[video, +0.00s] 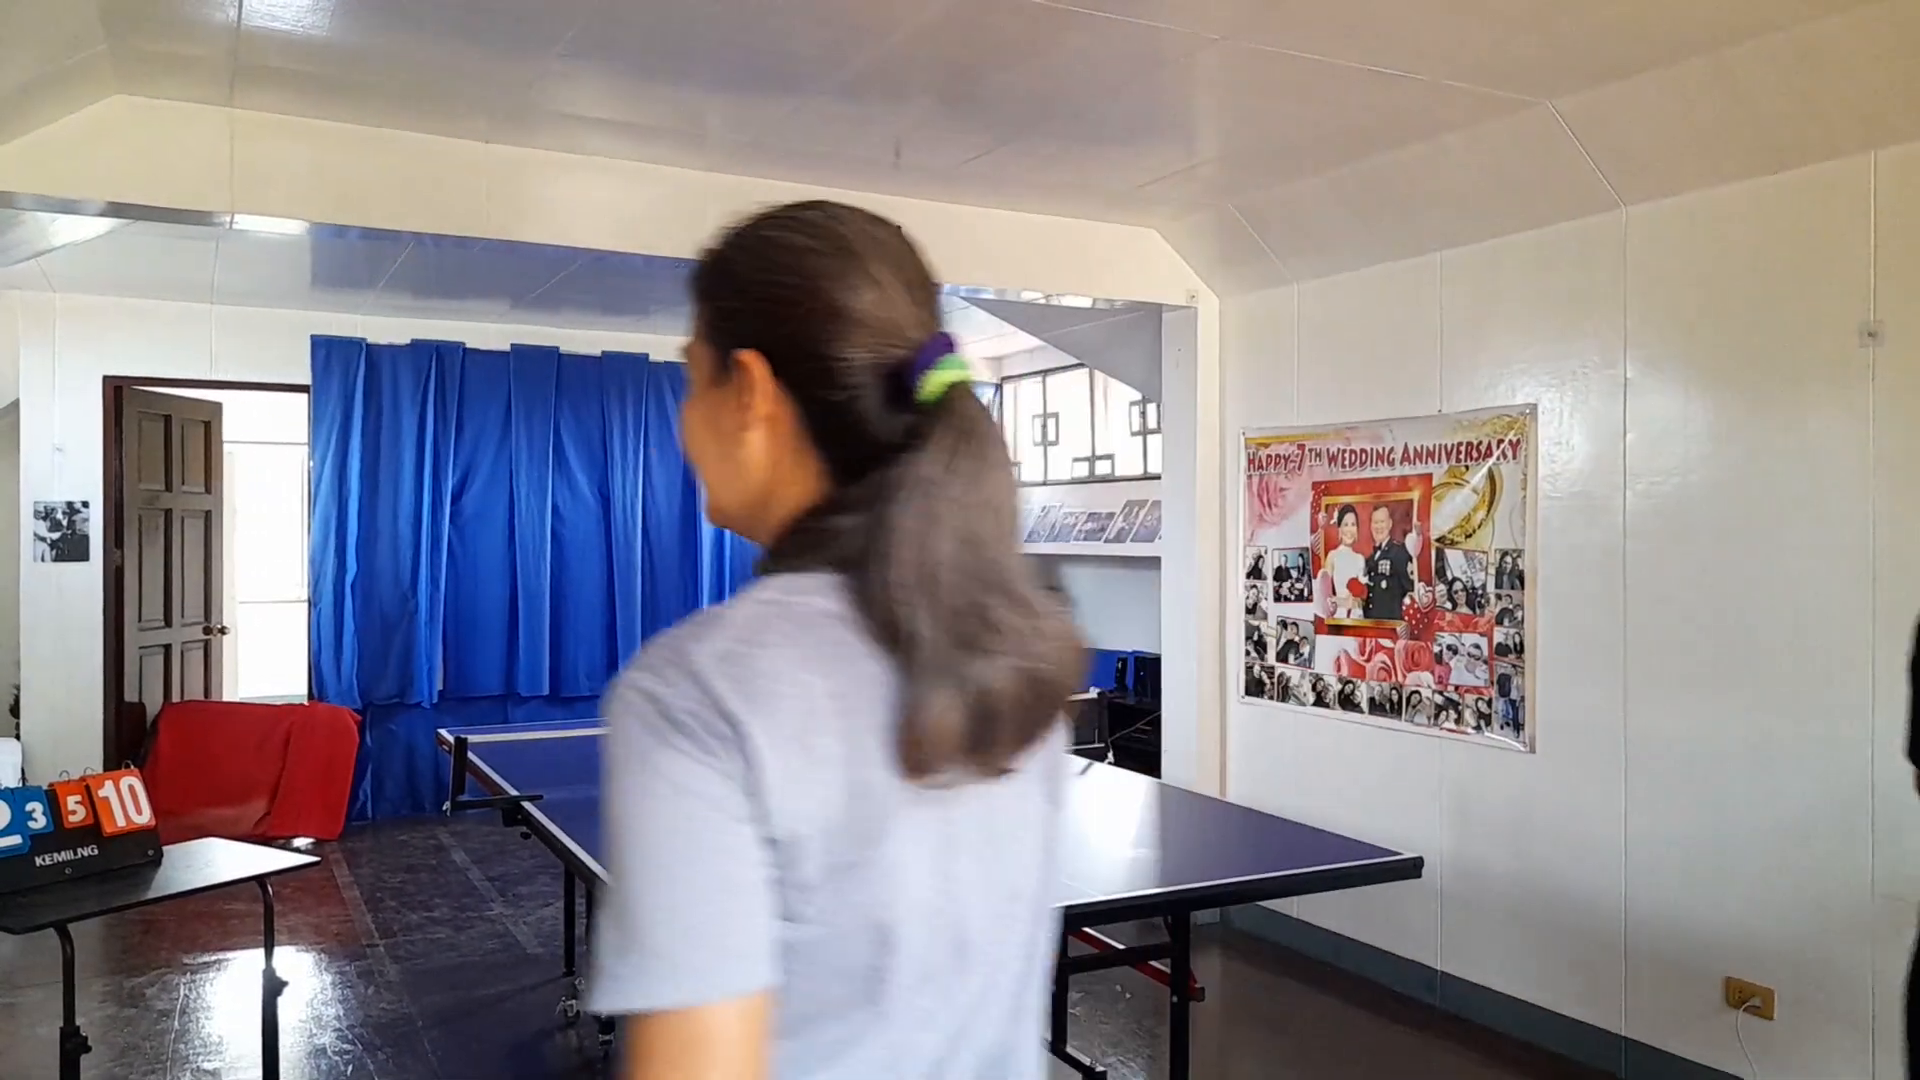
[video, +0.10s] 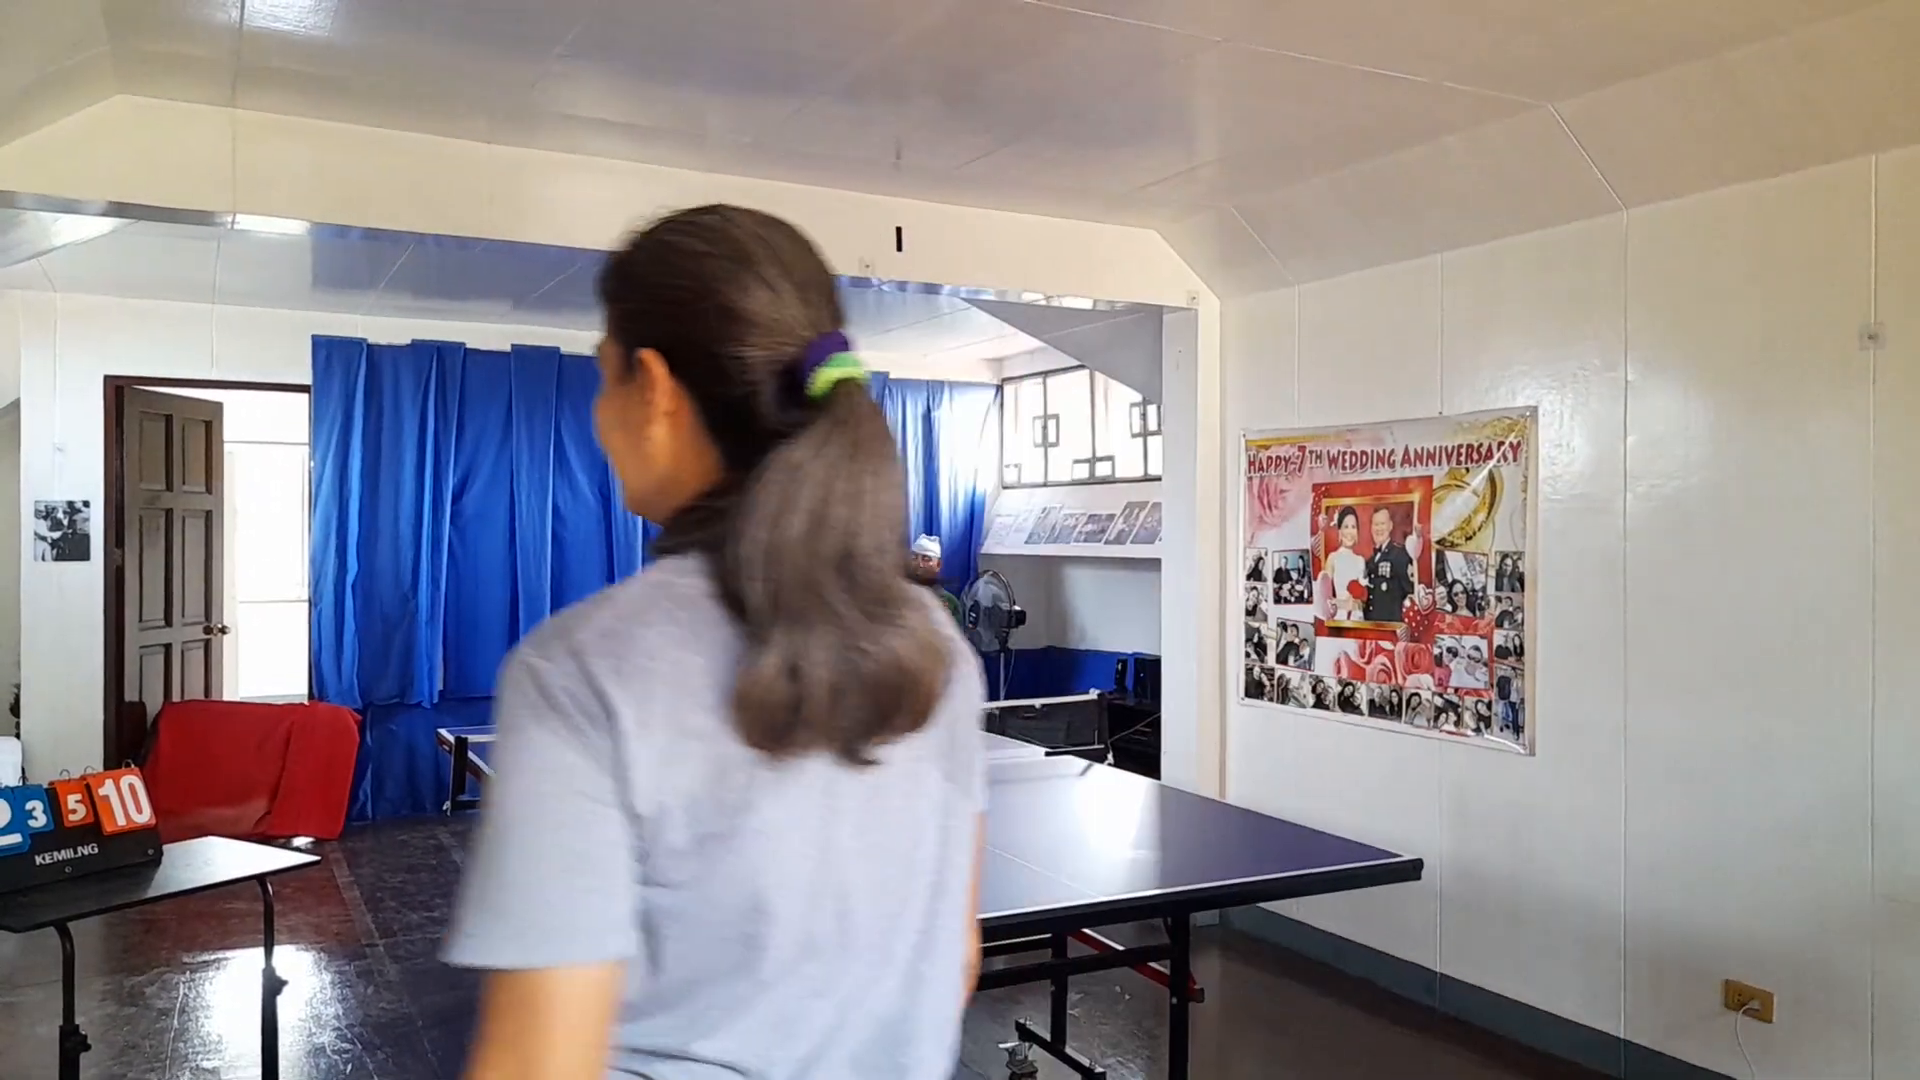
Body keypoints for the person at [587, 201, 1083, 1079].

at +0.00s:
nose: (681, 421)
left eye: (688, 380)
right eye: (683, 381)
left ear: (753, 394)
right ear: (906, 385)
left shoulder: (698, 689)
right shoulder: (1010, 642)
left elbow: (704, 1058)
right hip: (1004, 1062)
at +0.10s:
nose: (600, 413)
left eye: (606, 374)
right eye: (603, 376)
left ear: (658, 392)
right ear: (813, 381)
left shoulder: (582, 669)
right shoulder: (934, 643)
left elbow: (546, 1053)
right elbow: (954, 961)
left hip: (678, 1060)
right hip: (895, 1065)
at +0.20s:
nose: (529, 412)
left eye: (531, 378)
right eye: (530, 379)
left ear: (576, 391)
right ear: (729, 381)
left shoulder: (493, 648)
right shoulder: (858, 638)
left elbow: (396, 1045)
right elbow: (894, 945)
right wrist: (902, 1069)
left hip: (564, 1060)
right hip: (811, 1064)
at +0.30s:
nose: (474, 426)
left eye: (476, 391)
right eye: (474, 390)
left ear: (510, 400)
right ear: (666, 397)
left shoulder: (430, 648)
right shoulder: (791, 644)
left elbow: (276, 1013)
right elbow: (849, 931)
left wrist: (205, 1054)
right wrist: (904, 1067)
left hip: (499, 1059)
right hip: (747, 1064)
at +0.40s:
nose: (427, 454)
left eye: (429, 426)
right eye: (430, 427)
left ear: (458, 431)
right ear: (606, 421)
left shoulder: (388, 658)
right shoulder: (735, 656)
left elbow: (189, 946)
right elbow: (804, 918)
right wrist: (882, 1071)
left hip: (447, 1059)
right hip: (680, 1066)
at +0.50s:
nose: (384, 473)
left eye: (384, 443)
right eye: (384, 445)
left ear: (411, 440)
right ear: (551, 430)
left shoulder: (353, 643)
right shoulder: (676, 652)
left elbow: (164, 843)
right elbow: (742, 903)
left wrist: (201, 734)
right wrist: (828, 1067)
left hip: (393, 1062)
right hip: (609, 1065)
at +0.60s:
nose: (347, 472)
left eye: (345, 442)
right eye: (345, 445)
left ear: (374, 439)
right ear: (496, 430)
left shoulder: (327, 625)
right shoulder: (629, 640)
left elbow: (152, 744)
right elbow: (673, 877)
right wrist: (726, 1033)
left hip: (354, 1060)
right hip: (559, 1059)